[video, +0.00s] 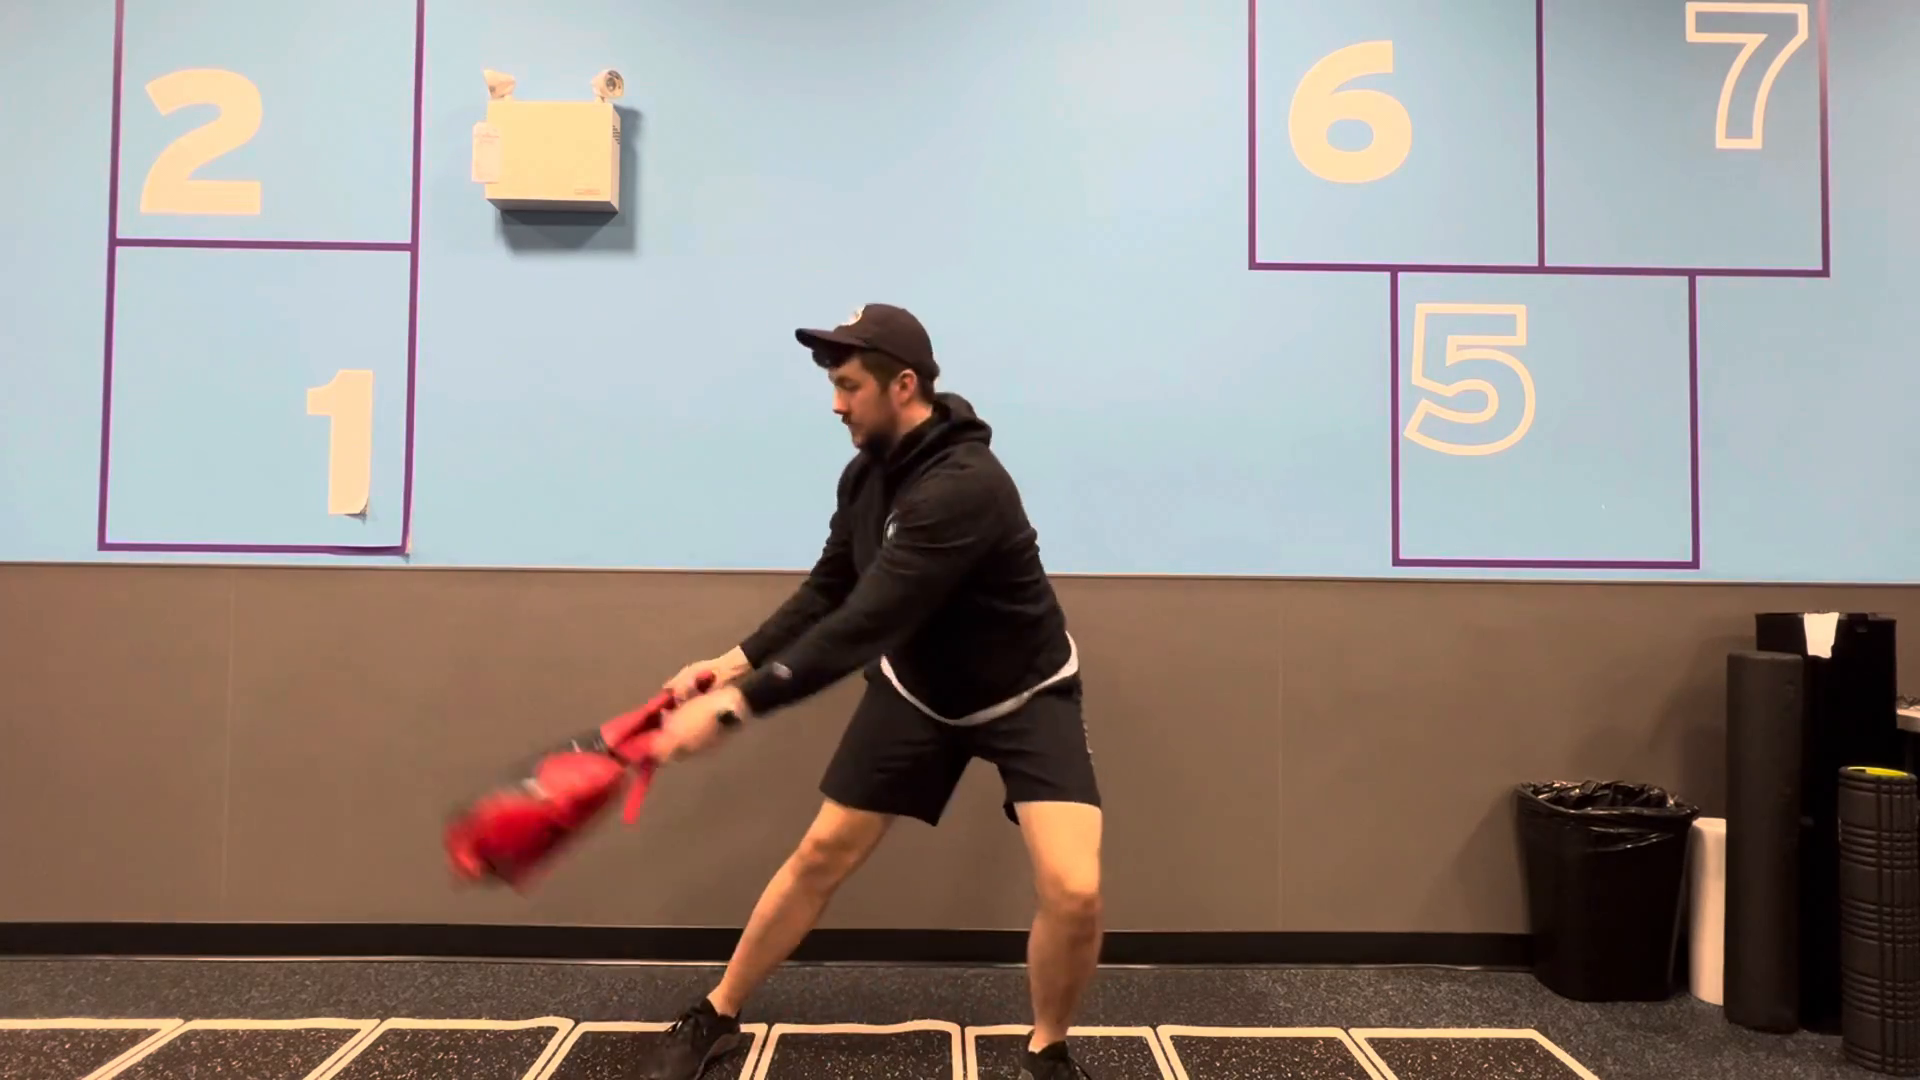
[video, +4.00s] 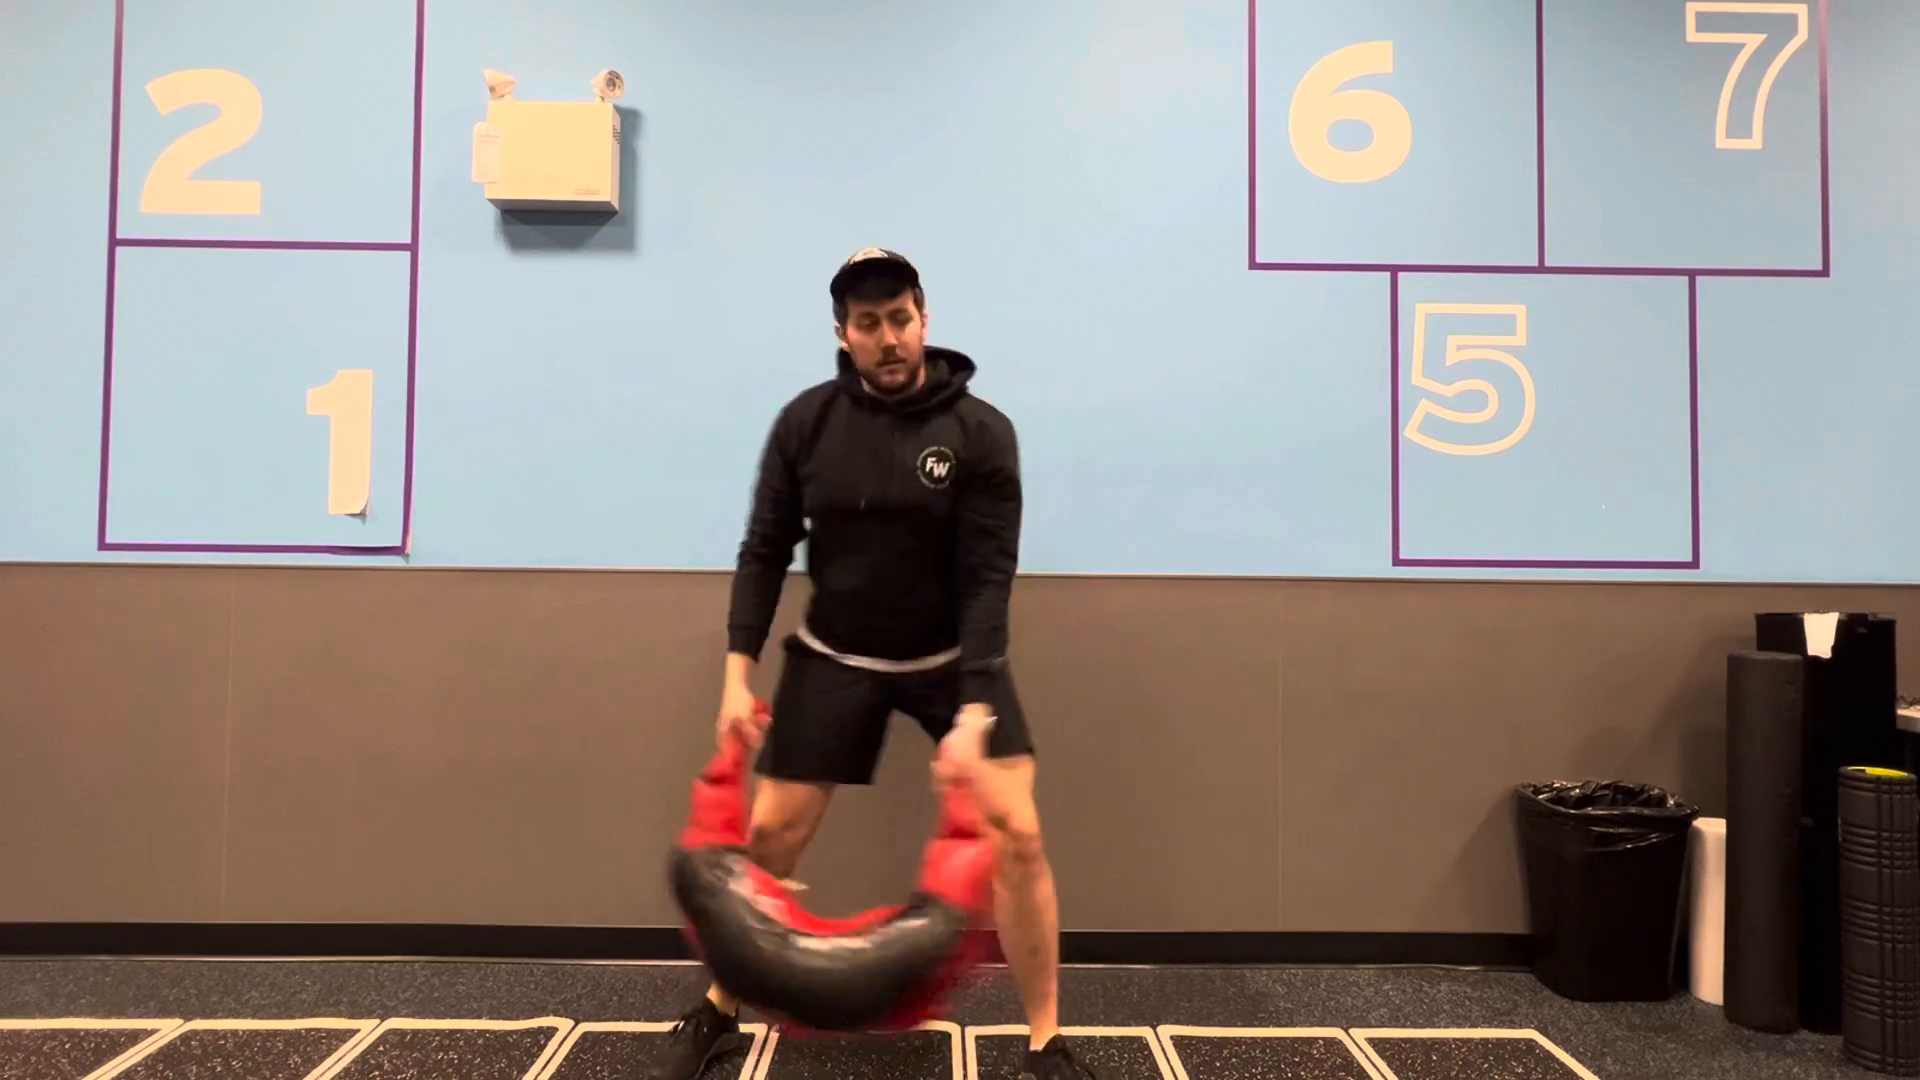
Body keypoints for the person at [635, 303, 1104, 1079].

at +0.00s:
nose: (836, 403)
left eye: (850, 386)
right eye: (835, 386)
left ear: (906, 386)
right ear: (887, 389)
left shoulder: (962, 487)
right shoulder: (866, 476)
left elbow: (866, 624)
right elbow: (828, 588)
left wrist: (735, 703)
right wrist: (734, 661)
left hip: (1026, 692)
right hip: (911, 689)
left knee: (1076, 891)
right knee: (820, 855)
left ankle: (1048, 1050)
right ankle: (715, 1016)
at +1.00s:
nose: (865, 390)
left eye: (869, 372)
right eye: (845, 376)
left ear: (876, 373)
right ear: (793, 387)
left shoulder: (892, 468)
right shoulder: (750, 481)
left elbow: (949, 578)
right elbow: (783, 636)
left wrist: (1038, 662)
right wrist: (896, 731)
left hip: (867, 682)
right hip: (748, 689)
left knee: (946, 848)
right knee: (701, 868)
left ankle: (1044, 1036)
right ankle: (713, 1020)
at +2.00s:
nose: (887, 395)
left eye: (903, 380)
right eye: (882, 380)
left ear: (958, 382)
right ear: (882, 383)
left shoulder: (1013, 486)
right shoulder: (881, 480)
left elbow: (965, 635)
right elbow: (844, 591)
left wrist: (865, 748)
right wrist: (769, 683)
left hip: (1037, 690)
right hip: (924, 684)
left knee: (1082, 878)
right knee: (826, 845)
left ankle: (1050, 1048)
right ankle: (716, 1013)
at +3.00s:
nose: (836, 371)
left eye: (848, 353)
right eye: (818, 355)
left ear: (863, 358)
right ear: (781, 360)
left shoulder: (903, 457)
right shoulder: (732, 467)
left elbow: (950, 579)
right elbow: (741, 613)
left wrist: (997, 697)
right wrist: (771, 745)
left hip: (877, 672)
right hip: (761, 676)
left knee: (952, 844)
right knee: (707, 846)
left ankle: (1039, 1031)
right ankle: (714, 1013)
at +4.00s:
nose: (890, 339)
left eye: (902, 320)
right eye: (870, 325)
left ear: (925, 321)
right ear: (842, 334)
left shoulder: (979, 434)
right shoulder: (805, 424)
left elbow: (990, 576)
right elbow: (764, 548)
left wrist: (975, 710)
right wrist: (738, 673)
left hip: (951, 660)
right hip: (835, 658)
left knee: (1018, 834)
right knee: (770, 829)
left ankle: (1046, 1042)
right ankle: (721, 1004)